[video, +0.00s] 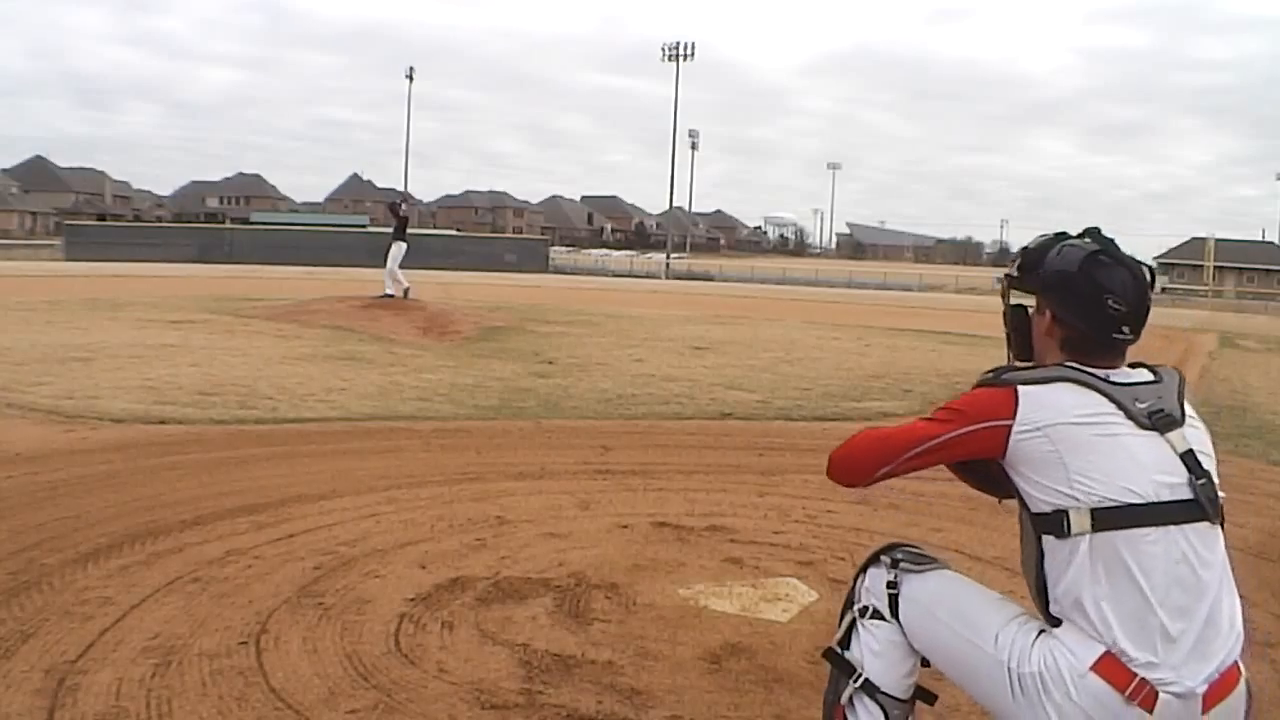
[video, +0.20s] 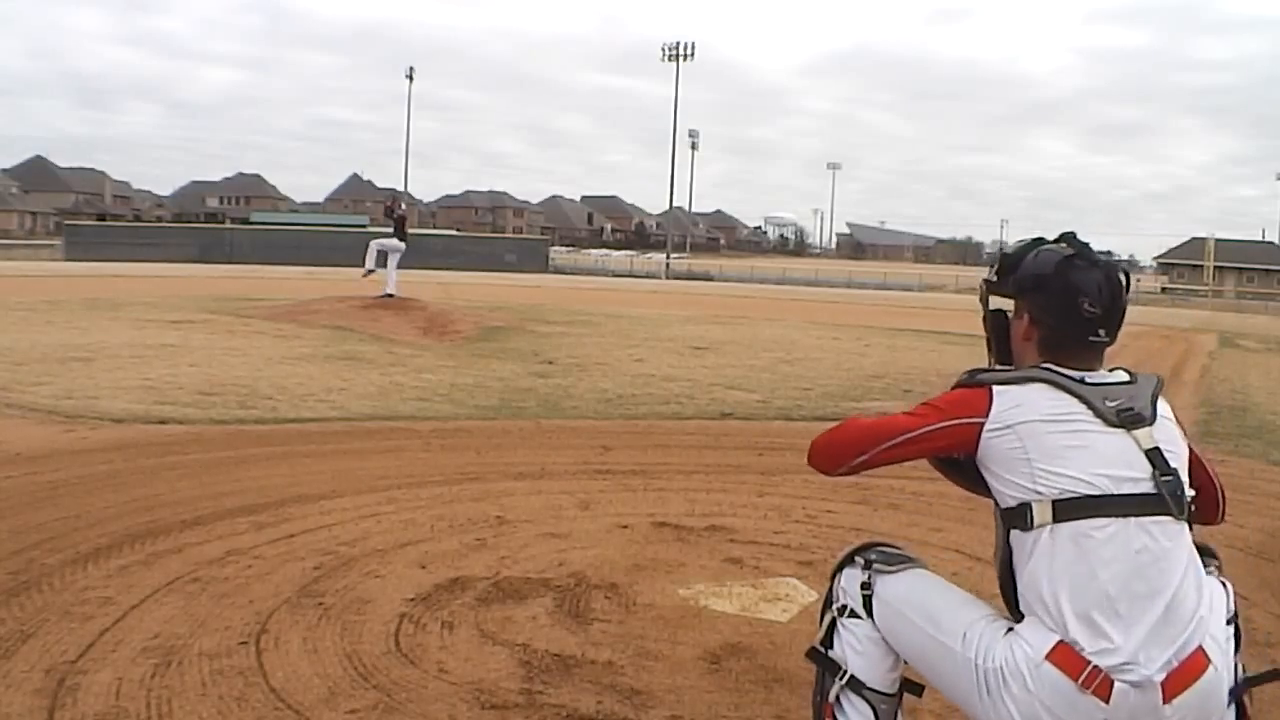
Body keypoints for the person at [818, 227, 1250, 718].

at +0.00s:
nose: (1028, 314)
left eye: (1033, 304)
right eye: (1030, 301)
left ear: (1048, 320)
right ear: (1123, 331)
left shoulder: (1019, 404)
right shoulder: (1172, 396)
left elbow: (846, 464)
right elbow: (1013, 481)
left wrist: (948, 426)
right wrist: (951, 441)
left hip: (1108, 702)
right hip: (1224, 700)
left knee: (889, 577)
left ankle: (868, 707)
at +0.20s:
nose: (1010, 323)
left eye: (1015, 313)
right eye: (1015, 310)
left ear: (1028, 328)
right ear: (1105, 334)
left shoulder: (993, 399)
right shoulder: (1152, 401)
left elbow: (828, 451)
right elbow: (1211, 506)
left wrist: (942, 429)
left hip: (1063, 700)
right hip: (1196, 697)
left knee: (865, 577)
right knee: (1209, 573)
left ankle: (856, 709)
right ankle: (1230, 706)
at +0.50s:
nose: (1008, 375)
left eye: (1011, 363)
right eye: (1010, 362)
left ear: (1026, 378)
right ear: (1100, 380)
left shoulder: (1003, 457)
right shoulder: (1153, 451)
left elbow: (832, 504)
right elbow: (1232, 535)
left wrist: (929, 486)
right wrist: (1131, 501)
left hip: (1081, 710)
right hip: (1202, 709)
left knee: (893, 583)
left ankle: (868, 707)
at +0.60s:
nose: (1007, 383)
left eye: (1011, 371)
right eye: (1009, 369)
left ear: (1028, 386)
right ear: (1104, 386)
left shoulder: (1003, 464)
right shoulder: (1158, 458)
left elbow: (833, 512)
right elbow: (1253, 538)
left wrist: (957, 523)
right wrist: (1142, 513)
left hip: (1078, 711)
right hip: (1199, 710)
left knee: (895, 585)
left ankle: (869, 709)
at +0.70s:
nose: (1005, 385)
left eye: (1009, 372)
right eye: (1007, 371)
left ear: (1026, 387)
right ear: (1100, 386)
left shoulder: (998, 465)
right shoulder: (1160, 464)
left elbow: (837, 517)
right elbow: (1262, 549)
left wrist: (927, 521)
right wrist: (1151, 550)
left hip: (1067, 712)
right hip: (1193, 711)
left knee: (893, 585)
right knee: (1058, 578)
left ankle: (869, 709)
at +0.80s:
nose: (1002, 388)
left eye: (1005, 375)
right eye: (1002, 373)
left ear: (1022, 390)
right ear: (1094, 390)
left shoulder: (994, 468)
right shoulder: (1157, 469)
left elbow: (845, 522)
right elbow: (1267, 569)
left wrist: (884, 487)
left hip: (1067, 715)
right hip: (1191, 713)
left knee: (893, 587)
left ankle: (870, 710)